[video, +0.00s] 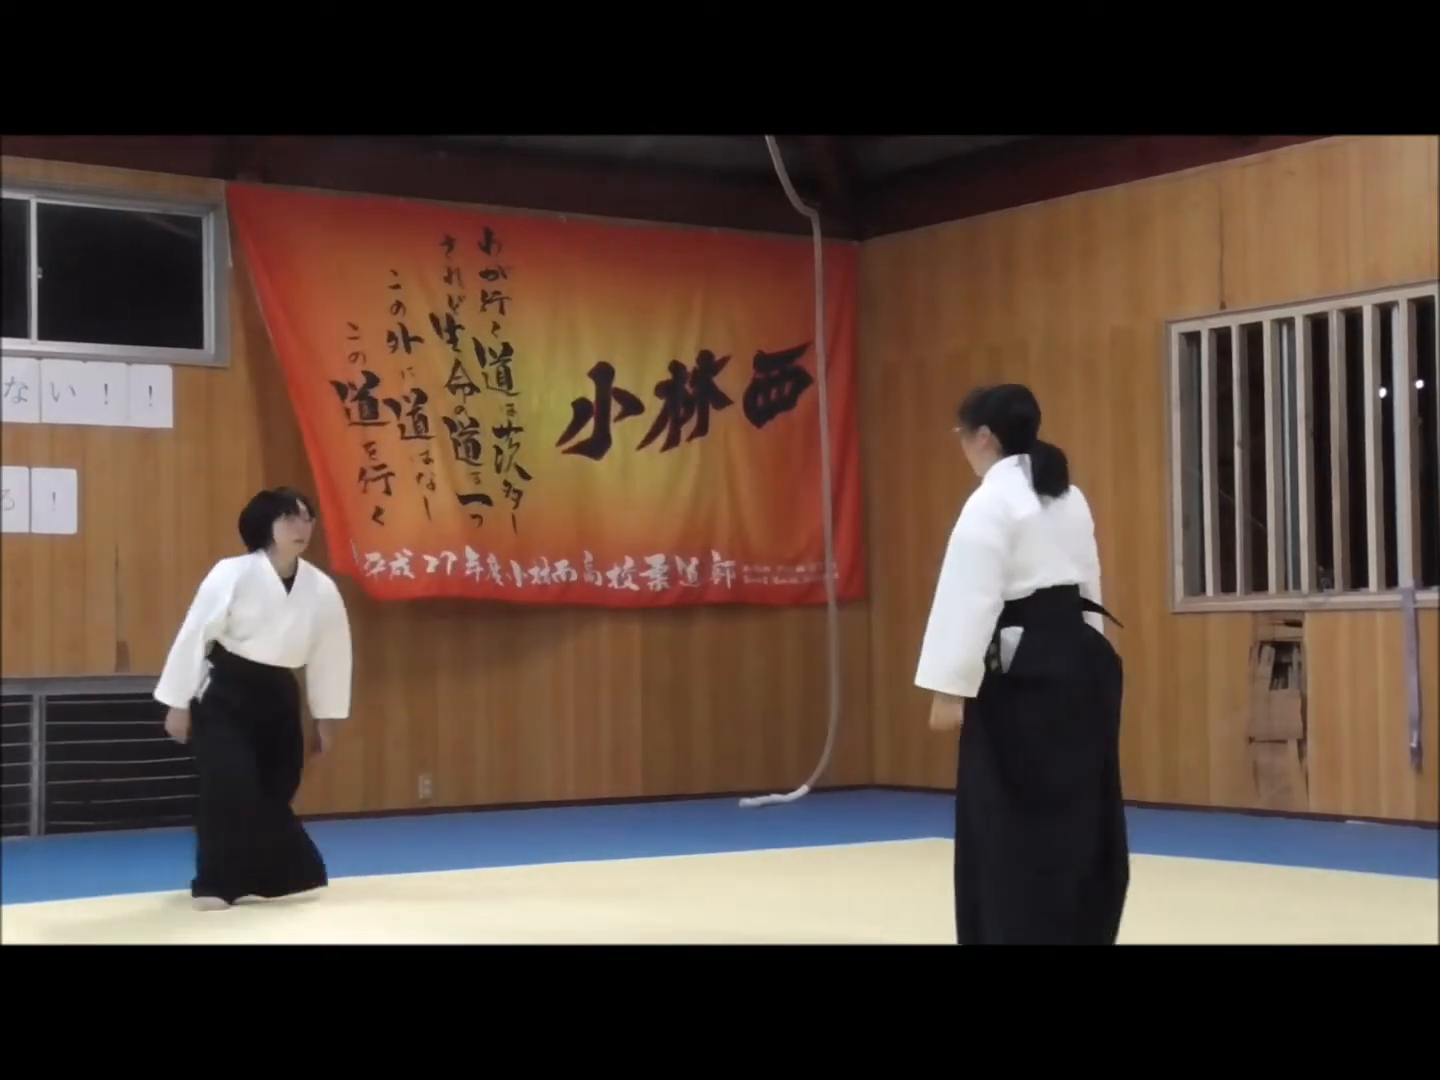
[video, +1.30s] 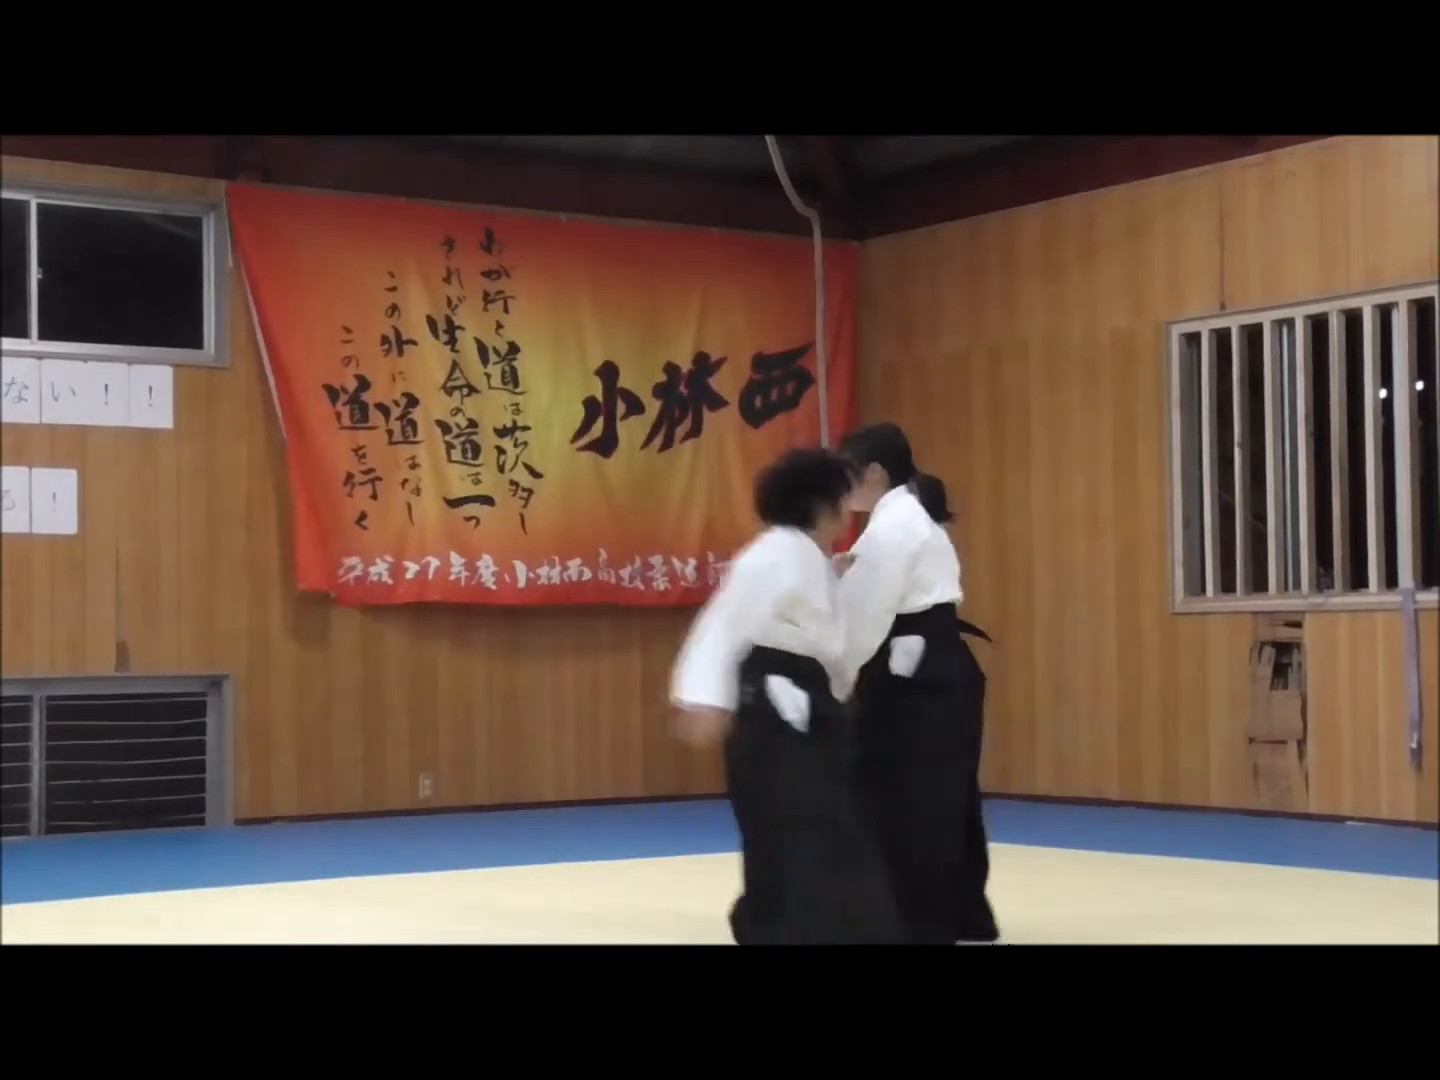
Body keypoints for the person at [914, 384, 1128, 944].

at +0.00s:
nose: (962, 448)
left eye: (964, 437)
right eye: (962, 437)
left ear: (987, 437)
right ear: (1020, 435)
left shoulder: (991, 503)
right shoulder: (1068, 493)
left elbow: (970, 597)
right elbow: (1088, 581)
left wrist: (950, 687)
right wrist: (1088, 645)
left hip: (1023, 664)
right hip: (1087, 660)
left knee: (1007, 808)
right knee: (1079, 806)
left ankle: (1015, 928)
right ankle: (1077, 928)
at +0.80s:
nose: (951, 476)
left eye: (954, 465)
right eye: (951, 465)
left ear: (975, 466)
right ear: (1011, 463)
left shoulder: (956, 530)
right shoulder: (1061, 525)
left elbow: (921, 616)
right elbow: (1090, 610)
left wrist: (890, 691)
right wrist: (1106, 684)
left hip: (987, 682)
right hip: (1063, 678)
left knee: (962, 803)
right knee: (1068, 806)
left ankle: (948, 919)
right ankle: (1078, 923)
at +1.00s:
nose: (897, 477)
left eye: (899, 467)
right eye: (897, 467)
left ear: (917, 469)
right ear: (956, 466)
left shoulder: (903, 533)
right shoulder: (1004, 526)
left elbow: (865, 613)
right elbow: (1021, 608)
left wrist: (831, 685)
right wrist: (1034, 668)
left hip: (935, 675)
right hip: (1009, 669)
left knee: (934, 802)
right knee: (1029, 791)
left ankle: (940, 927)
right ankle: (1069, 907)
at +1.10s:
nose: (875, 478)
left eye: (878, 468)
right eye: (875, 468)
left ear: (898, 469)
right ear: (934, 466)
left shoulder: (889, 532)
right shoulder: (980, 525)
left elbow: (853, 613)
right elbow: (987, 606)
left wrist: (812, 678)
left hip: (922, 673)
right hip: (990, 666)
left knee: (910, 798)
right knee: (984, 785)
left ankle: (920, 927)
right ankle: (1008, 913)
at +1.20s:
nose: (856, 483)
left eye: (859, 472)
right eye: (855, 472)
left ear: (884, 470)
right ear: (906, 469)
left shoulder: (888, 529)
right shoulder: (952, 517)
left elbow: (850, 610)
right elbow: (944, 599)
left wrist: (812, 660)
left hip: (910, 673)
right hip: (963, 668)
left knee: (898, 801)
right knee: (959, 799)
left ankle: (909, 926)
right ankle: (985, 922)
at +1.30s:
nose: (846, 487)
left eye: (852, 475)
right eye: (846, 476)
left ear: (876, 473)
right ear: (892, 473)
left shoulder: (889, 528)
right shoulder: (915, 516)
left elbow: (867, 615)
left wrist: (839, 676)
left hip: (912, 667)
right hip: (948, 662)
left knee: (907, 797)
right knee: (947, 796)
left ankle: (925, 921)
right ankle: (966, 918)